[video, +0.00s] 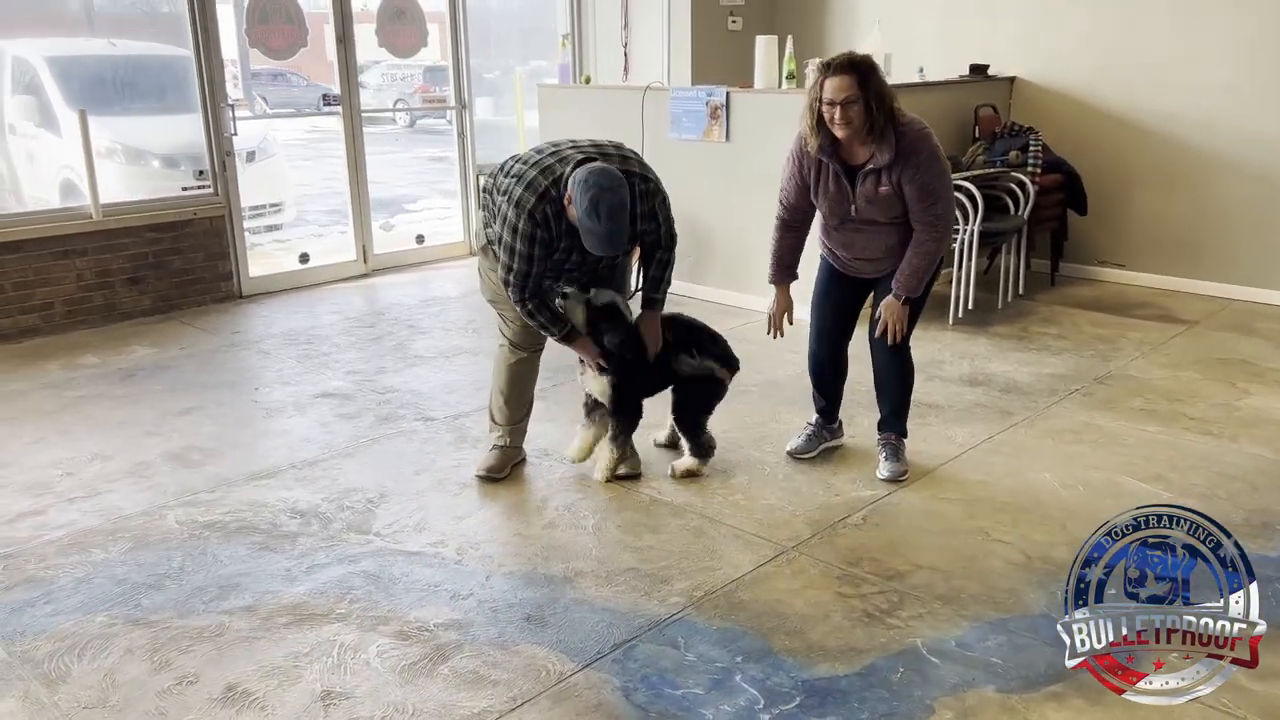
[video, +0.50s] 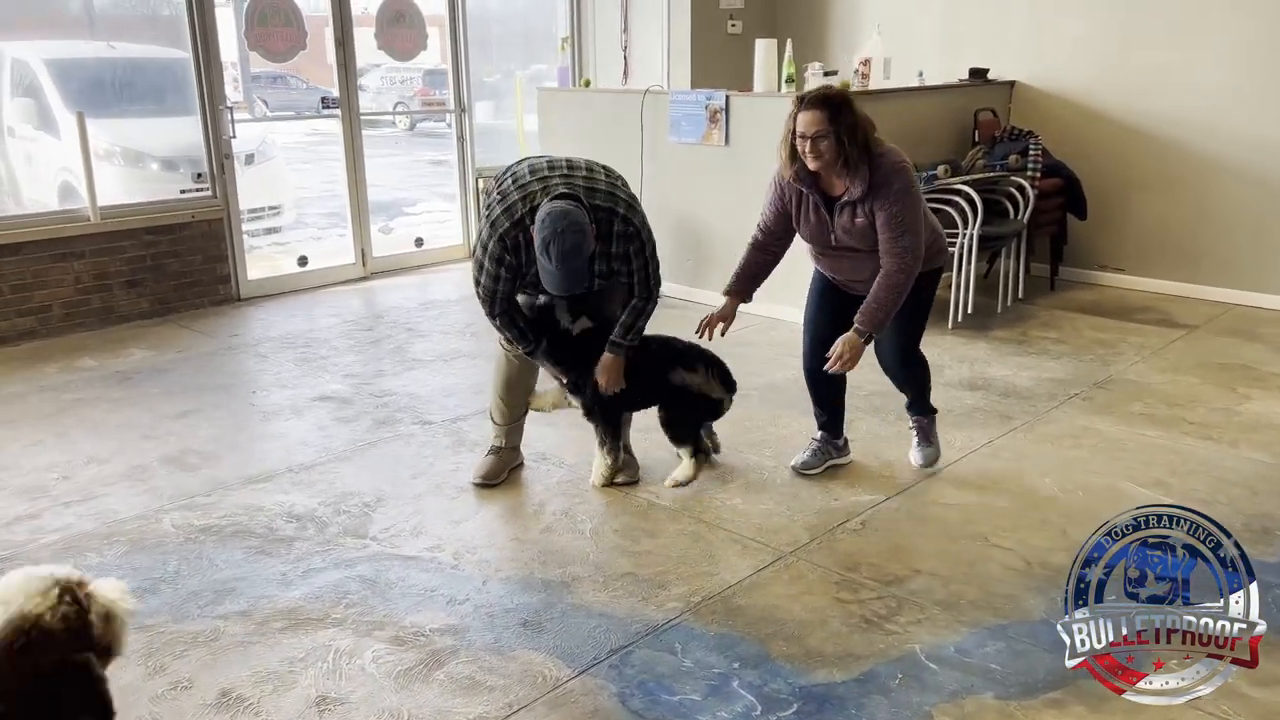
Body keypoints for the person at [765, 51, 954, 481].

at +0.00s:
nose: (838, 114)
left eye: (849, 103)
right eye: (829, 104)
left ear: (871, 101)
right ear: (817, 105)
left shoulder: (913, 143)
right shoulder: (810, 145)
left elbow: (935, 227)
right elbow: (792, 215)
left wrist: (900, 293)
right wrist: (781, 285)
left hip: (903, 259)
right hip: (841, 255)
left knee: (887, 338)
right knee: (823, 345)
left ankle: (892, 439)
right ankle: (826, 423)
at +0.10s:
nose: (837, 112)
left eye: (848, 101)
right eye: (828, 102)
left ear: (872, 99)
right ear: (817, 103)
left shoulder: (914, 142)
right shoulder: (812, 145)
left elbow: (938, 226)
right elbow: (797, 212)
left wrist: (904, 296)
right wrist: (786, 280)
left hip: (908, 257)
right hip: (844, 252)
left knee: (892, 338)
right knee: (824, 334)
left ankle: (893, 440)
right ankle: (830, 421)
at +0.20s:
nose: (834, 113)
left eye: (845, 102)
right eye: (825, 103)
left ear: (869, 100)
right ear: (815, 104)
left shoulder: (912, 142)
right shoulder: (810, 146)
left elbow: (935, 229)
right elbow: (797, 213)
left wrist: (901, 301)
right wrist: (782, 278)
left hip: (908, 258)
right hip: (845, 255)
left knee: (893, 338)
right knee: (825, 339)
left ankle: (894, 440)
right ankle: (834, 429)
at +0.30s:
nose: (827, 120)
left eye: (838, 109)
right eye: (818, 109)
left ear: (862, 108)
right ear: (809, 110)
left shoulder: (905, 148)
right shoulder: (806, 151)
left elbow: (926, 237)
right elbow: (790, 217)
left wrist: (891, 309)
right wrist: (768, 283)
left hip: (908, 260)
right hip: (844, 260)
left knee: (892, 345)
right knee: (830, 348)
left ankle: (894, 443)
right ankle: (835, 436)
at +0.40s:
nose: (818, 133)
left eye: (829, 123)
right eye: (809, 123)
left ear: (854, 121)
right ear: (800, 123)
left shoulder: (897, 158)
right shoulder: (799, 164)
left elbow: (914, 246)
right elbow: (778, 227)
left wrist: (875, 318)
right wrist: (749, 292)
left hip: (908, 260)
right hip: (842, 258)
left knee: (897, 343)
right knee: (826, 344)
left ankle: (899, 441)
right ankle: (833, 438)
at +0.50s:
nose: (809, 147)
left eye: (820, 137)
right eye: (801, 138)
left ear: (844, 136)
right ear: (792, 138)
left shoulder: (889, 173)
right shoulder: (792, 180)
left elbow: (900, 262)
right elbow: (768, 240)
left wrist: (860, 333)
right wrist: (732, 300)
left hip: (907, 267)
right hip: (838, 267)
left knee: (895, 355)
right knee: (818, 355)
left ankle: (922, 417)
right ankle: (831, 440)